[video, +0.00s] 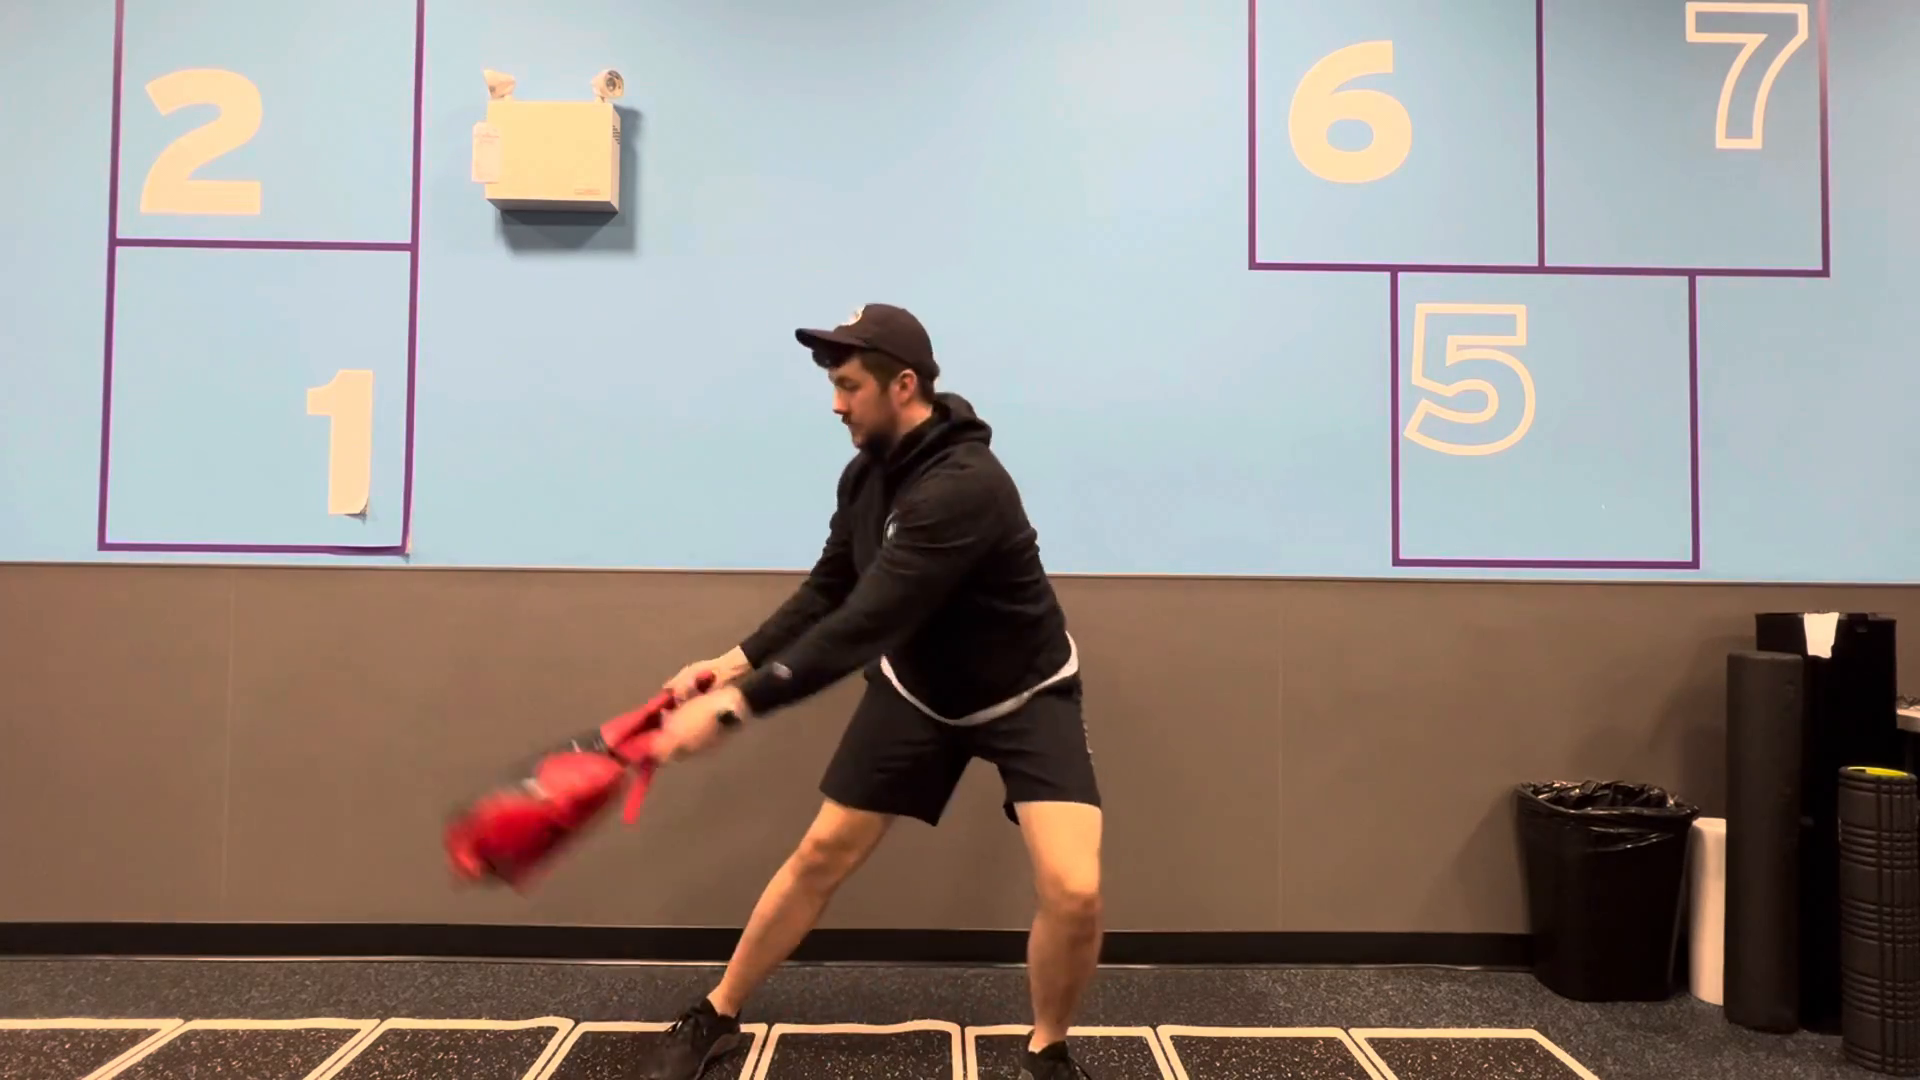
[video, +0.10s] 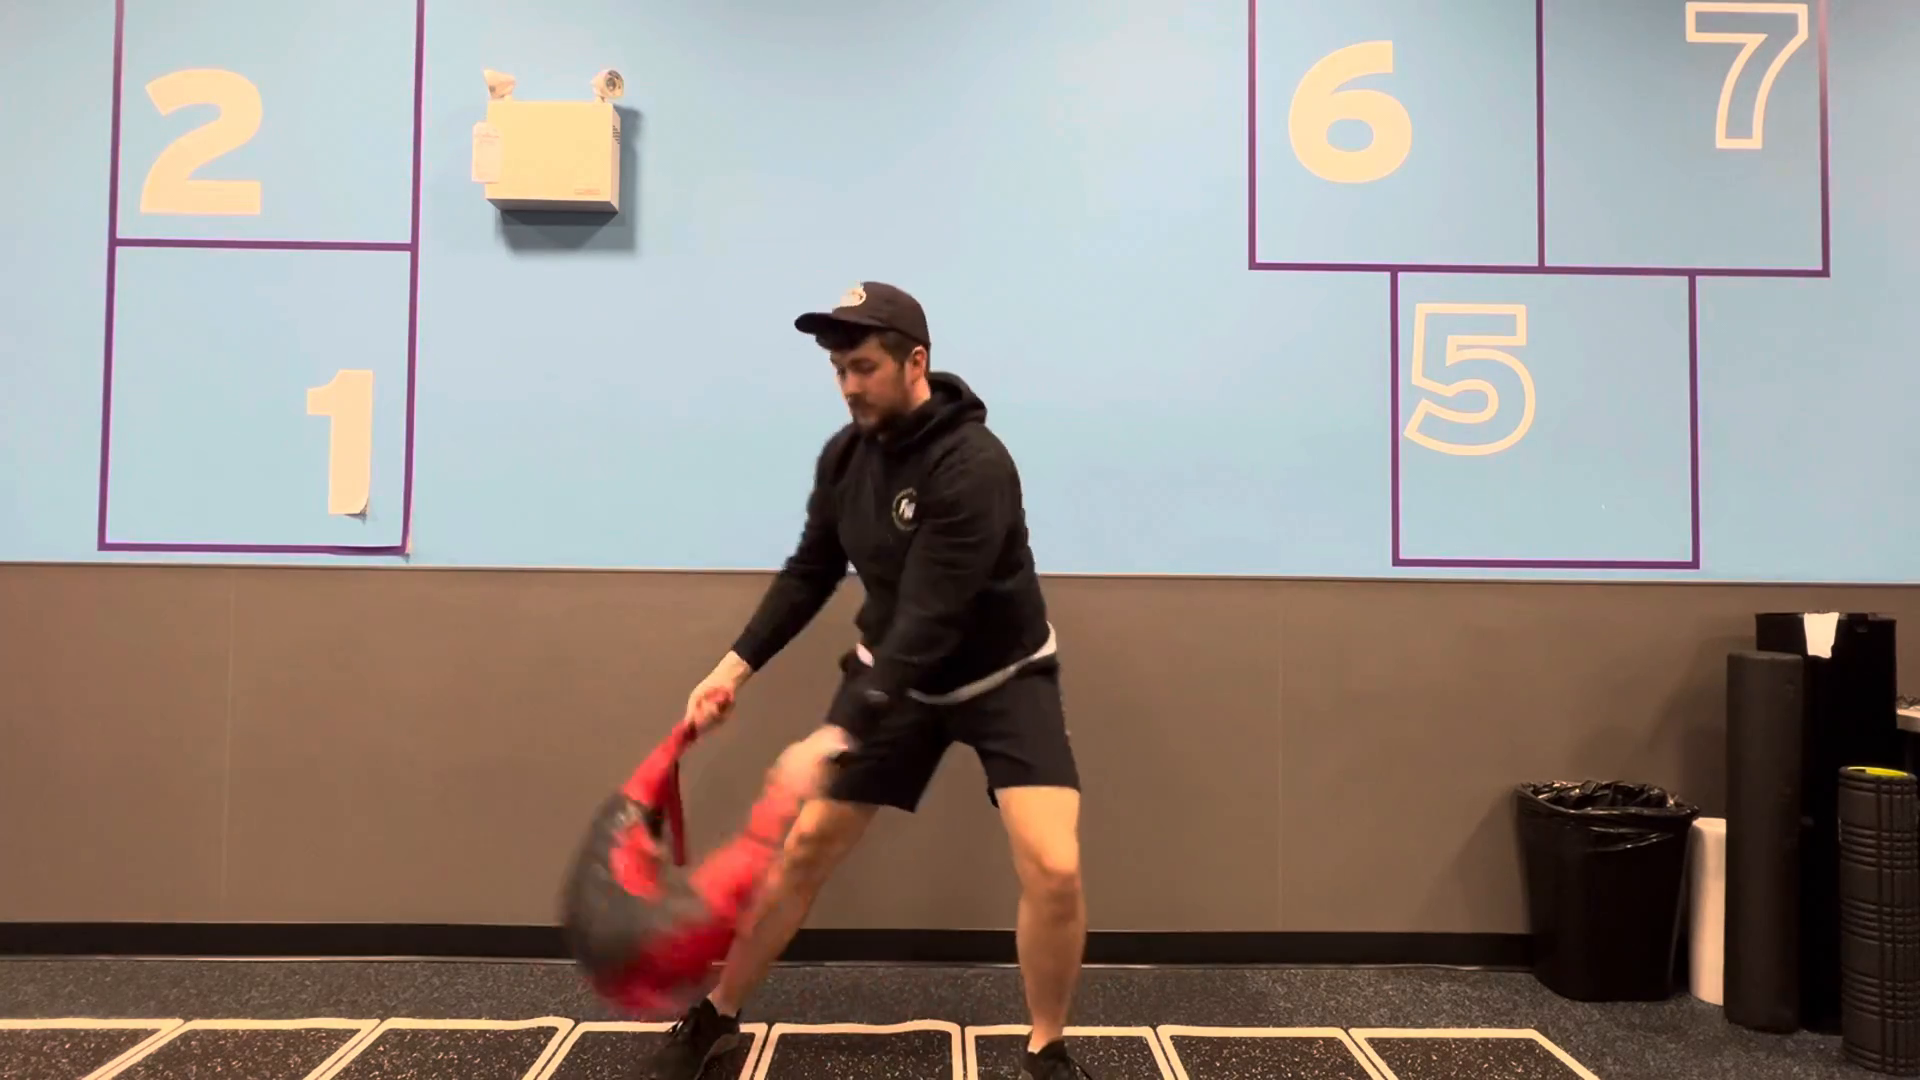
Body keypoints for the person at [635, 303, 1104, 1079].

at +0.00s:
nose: (836, 403)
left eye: (850, 386)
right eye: (835, 386)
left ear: (906, 386)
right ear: (887, 389)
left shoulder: (962, 487)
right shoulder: (866, 476)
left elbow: (866, 624)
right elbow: (828, 588)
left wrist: (735, 703)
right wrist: (734, 661)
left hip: (1026, 692)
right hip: (911, 689)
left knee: (1076, 891)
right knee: (820, 855)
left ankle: (1048, 1050)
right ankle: (715, 1016)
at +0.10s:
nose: (849, 384)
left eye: (864, 367)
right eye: (840, 368)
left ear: (916, 362)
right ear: (833, 367)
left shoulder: (973, 468)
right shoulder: (844, 458)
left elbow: (925, 624)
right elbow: (812, 569)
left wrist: (832, 738)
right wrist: (733, 668)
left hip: (1004, 676)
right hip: (892, 672)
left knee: (1056, 869)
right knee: (804, 846)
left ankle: (1047, 1050)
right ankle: (716, 1017)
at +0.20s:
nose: (862, 367)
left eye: (877, 349)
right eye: (846, 351)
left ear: (914, 343)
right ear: (830, 353)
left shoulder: (970, 447)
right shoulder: (811, 442)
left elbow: (978, 598)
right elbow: (772, 570)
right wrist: (737, 693)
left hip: (972, 658)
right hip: (856, 659)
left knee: (1027, 844)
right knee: (783, 832)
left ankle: (1046, 1046)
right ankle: (724, 1008)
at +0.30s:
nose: (883, 361)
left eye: (893, 342)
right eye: (864, 346)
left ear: (907, 342)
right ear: (822, 351)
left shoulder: (952, 438)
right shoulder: (780, 447)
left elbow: (994, 573)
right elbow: (766, 595)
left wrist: (1039, 693)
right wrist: (808, 729)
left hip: (933, 656)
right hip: (812, 662)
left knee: (988, 833)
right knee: (742, 833)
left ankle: (1034, 1031)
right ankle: (717, 1012)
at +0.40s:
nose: (892, 374)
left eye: (893, 358)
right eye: (873, 363)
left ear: (896, 358)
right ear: (819, 375)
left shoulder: (915, 451)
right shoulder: (767, 468)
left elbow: (978, 566)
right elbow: (797, 623)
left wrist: (1055, 659)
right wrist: (897, 731)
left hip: (889, 667)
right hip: (770, 670)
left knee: (952, 831)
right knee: (705, 850)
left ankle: (1040, 1038)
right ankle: (716, 1014)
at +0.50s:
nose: (894, 407)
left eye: (892, 390)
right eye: (877, 395)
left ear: (851, 403)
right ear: (823, 408)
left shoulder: (891, 480)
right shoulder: (763, 500)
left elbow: (952, 577)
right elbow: (838, 633)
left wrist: (1050, 647)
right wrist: (978, 709)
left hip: (853, 691)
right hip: (736, 696)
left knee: (933, 852)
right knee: (687, 877)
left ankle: (1041, 1038)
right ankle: (714, 1019)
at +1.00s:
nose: (865, 390)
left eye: (869, 372)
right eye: (845, 376)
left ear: (876, 373)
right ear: (793, 387)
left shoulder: (892, 468)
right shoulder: (750, 481)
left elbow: (949, 578)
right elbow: (783, 636)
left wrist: (1038, 662)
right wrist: (896, 731)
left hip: (867, 682)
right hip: (748, 689)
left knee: (946, 848)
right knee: (701, 868)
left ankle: (1044, 1036)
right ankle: (713, 1020)